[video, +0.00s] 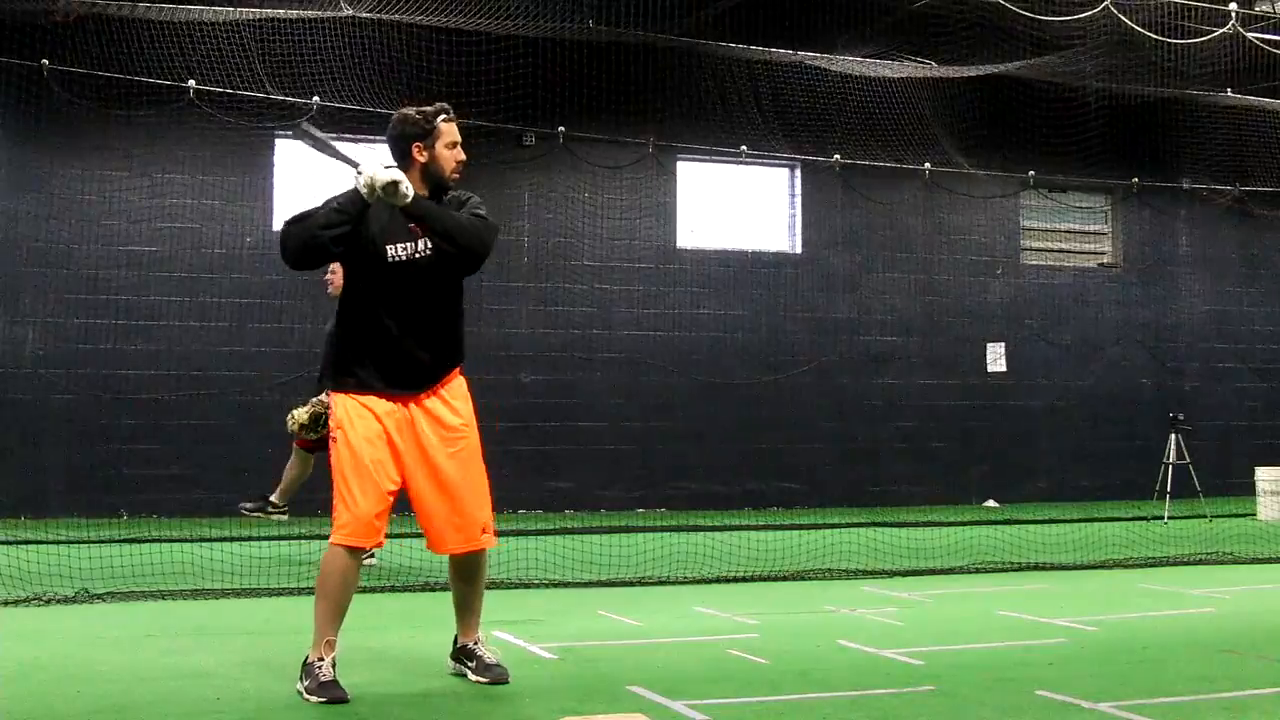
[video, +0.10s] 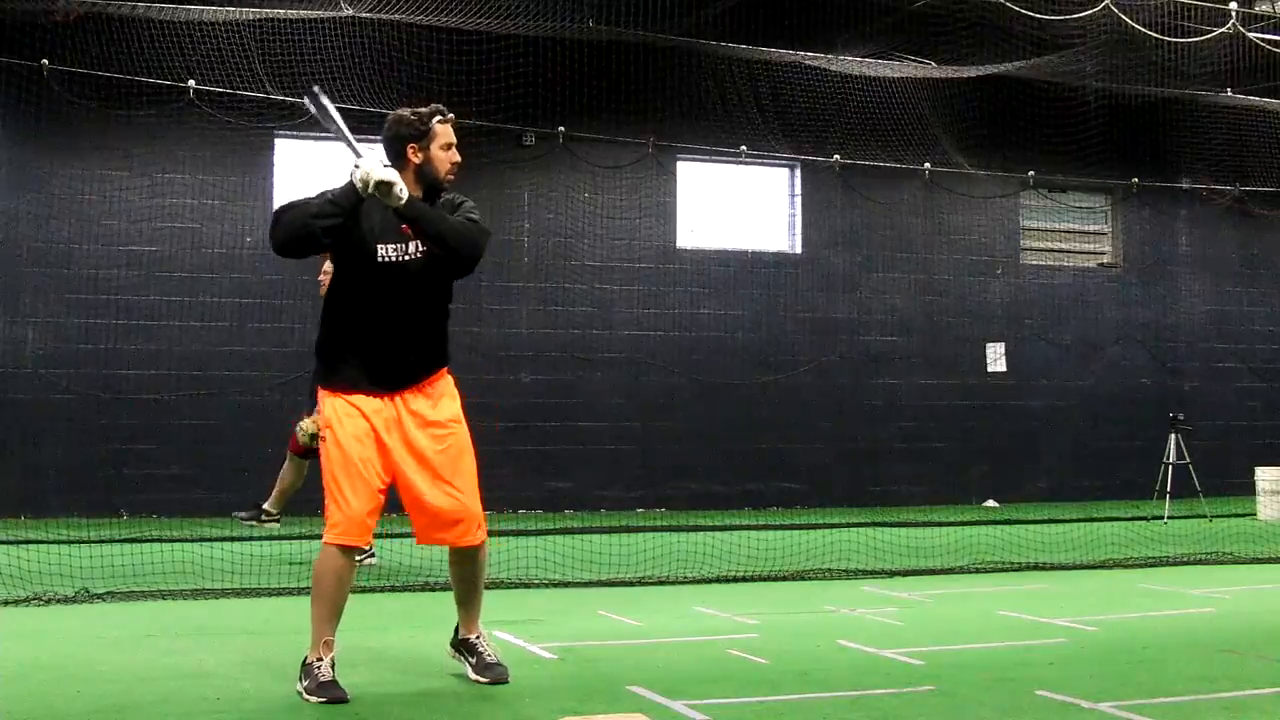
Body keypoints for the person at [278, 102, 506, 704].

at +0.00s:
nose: (462, 154)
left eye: (461, 145)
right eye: (453, 145)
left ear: (431, 151)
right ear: (419, 151)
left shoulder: (460, 206)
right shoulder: (362, 210)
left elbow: (478, 246)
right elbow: (293, 247)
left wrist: (410, 201)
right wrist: (361, 204)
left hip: (441, 391)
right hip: (363, 393)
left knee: (470, 526)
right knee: (356, 528)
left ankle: (469, 644)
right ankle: (320, 658)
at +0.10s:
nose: (456, 156)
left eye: (456, 147)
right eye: (448, 147)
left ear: (427, 153)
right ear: (414, 152)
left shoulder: (452, 208)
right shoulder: (354, 207)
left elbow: (468, 251)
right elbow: (282, 233)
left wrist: (402, 200)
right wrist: (353, 196)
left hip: (428, 390)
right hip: (352, 394)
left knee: (467, 523)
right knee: (347, 530)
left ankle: (470, 635)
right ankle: (320, 658)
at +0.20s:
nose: (455, 159)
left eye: (454, 149)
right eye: (447, 149)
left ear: (426, 154)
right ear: (412, 155)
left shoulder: (452, 215)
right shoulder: (351, 206)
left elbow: (466, 252)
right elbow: (280, 228)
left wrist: (404, 201)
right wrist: (349, 186)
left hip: (424, 389)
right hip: (348, 391)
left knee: (466, 523)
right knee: (345, 528)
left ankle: (463, 635)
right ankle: (319, 657)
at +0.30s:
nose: (457, 162)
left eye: (456, 152)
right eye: (449, 153)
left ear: (427, 158)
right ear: (414, 157)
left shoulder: (450, 219)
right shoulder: (353, 207)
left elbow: (470, 251)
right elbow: (282, 226)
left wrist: (409, 202)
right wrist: (354, 186)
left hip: (424, 391)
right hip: (349, 392)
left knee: (461, 525)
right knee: (344, 527)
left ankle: (458, 640)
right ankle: (319, 658)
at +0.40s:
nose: (461, 164)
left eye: (460, 155)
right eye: (453, 155)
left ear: (429, 160)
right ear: (418, 160)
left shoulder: (452, 219)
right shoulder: (356, 209)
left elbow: (474, 249)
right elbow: (287, 230)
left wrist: (413, 199)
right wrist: (359, 189)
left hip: (427, 394)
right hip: (353, 396)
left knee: (460, 527)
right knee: (348, 527)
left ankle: (455, 645)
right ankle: (320, 658)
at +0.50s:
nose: (464, 167)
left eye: (463, 157)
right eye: (455, 158)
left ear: (434, 163)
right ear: (421, 163)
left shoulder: (457, 219)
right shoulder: (360, 210)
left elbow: (474, 252)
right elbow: (291, 235)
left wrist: (416, 200)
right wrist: (362, 192)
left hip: (430, 395)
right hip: (354, 397)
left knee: (459, 527)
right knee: (353, 523)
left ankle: (454, 646)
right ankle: (320, 657)